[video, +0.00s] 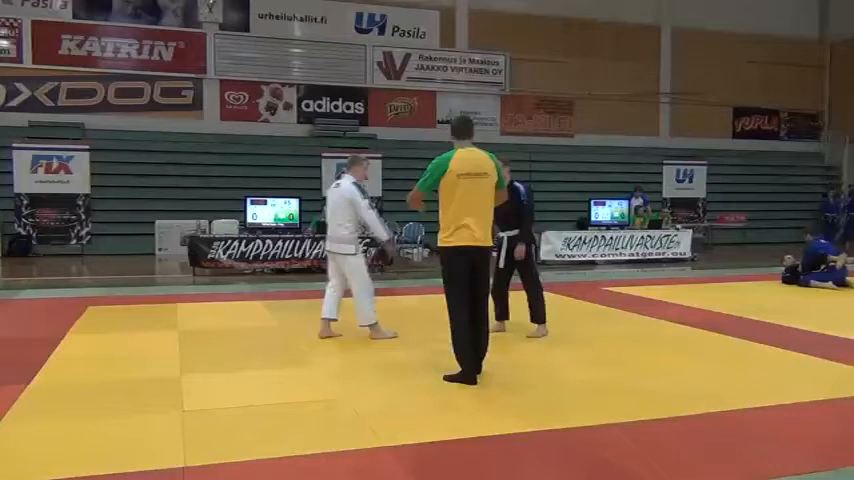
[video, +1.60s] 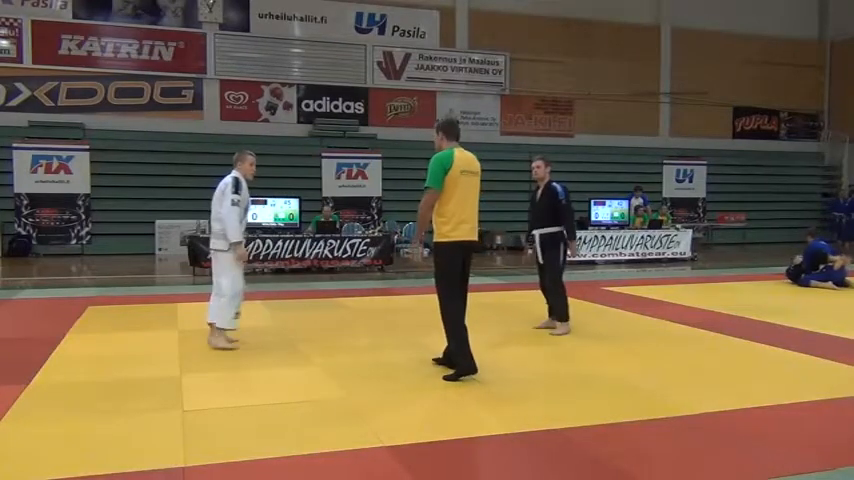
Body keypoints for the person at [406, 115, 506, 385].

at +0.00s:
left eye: (454, 135)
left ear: (452, 136)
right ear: (473, 135)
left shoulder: (444, 161)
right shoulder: (491, 160)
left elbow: (413, 199)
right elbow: (502, 196)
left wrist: (422, 204)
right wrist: (478, 200)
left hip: (453, 245)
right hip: (482, 244)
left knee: (458, 306)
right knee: (479, 303)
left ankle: (468, 370)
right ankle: (476, 362)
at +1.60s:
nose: (435, 142)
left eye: (436, 138)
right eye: (436, 138)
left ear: (441, 136)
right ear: (457, 136)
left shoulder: (442, 159)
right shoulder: (473, 160)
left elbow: (428, 199)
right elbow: (469, 198)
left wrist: (418, 235)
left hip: (447, 239)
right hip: (468, 238)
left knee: (449, 301)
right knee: (457, 298)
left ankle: (465, 362)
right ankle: (453, 351)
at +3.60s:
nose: (415, 165)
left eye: (416, 161)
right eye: (416, 161)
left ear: (420, 158)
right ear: (434, 155)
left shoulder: (424, 166)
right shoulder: (453, 171)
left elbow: (426, 203)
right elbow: (458, 206)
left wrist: (428, 237)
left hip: (447, 235)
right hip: (466, 234)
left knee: (445, 302)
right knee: (451, 301)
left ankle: (451, 369)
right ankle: (451, 357)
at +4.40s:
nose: (434, 140)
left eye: (434, 136)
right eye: (436, 136)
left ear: (438, 134)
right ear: (458, 132)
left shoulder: (433, 161)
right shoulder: (484, 158)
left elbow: (420, 207)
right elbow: (494, 207)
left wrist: (412, 224)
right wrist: (482, 233)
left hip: (446, 248)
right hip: (479, 248)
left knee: (445, 314)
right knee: (477, 313)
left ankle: (449, 376)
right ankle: (486, 385)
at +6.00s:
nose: (429, 123)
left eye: (428, 118)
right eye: (433, 118)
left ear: (432, 118)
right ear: (458, 116)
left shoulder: (421, 150)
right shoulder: (487, 149)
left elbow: (404, 211)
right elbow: (499, 205)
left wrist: (399, 257)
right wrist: (491, 250)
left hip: (432, 257)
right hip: (473, 257)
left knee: (429, 337)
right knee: (470, 338)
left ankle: (431, 412)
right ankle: (475, 423)